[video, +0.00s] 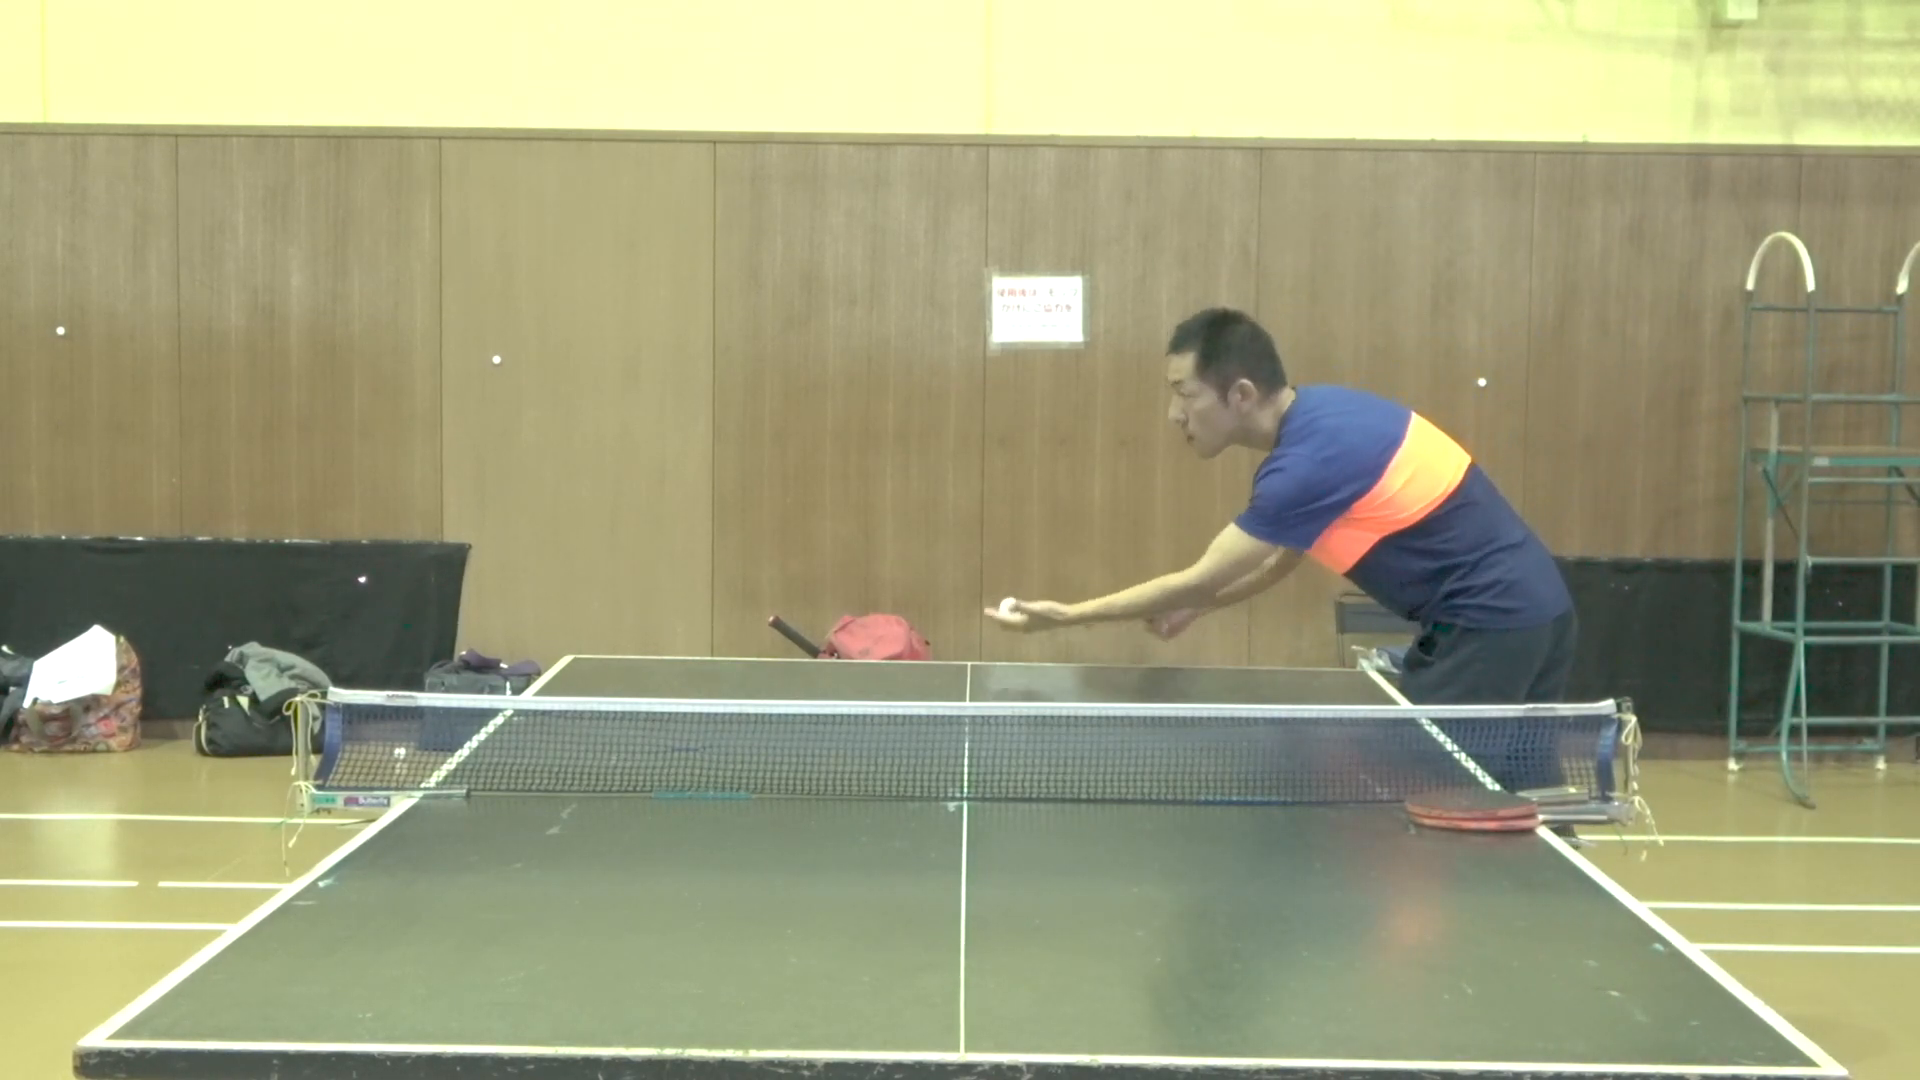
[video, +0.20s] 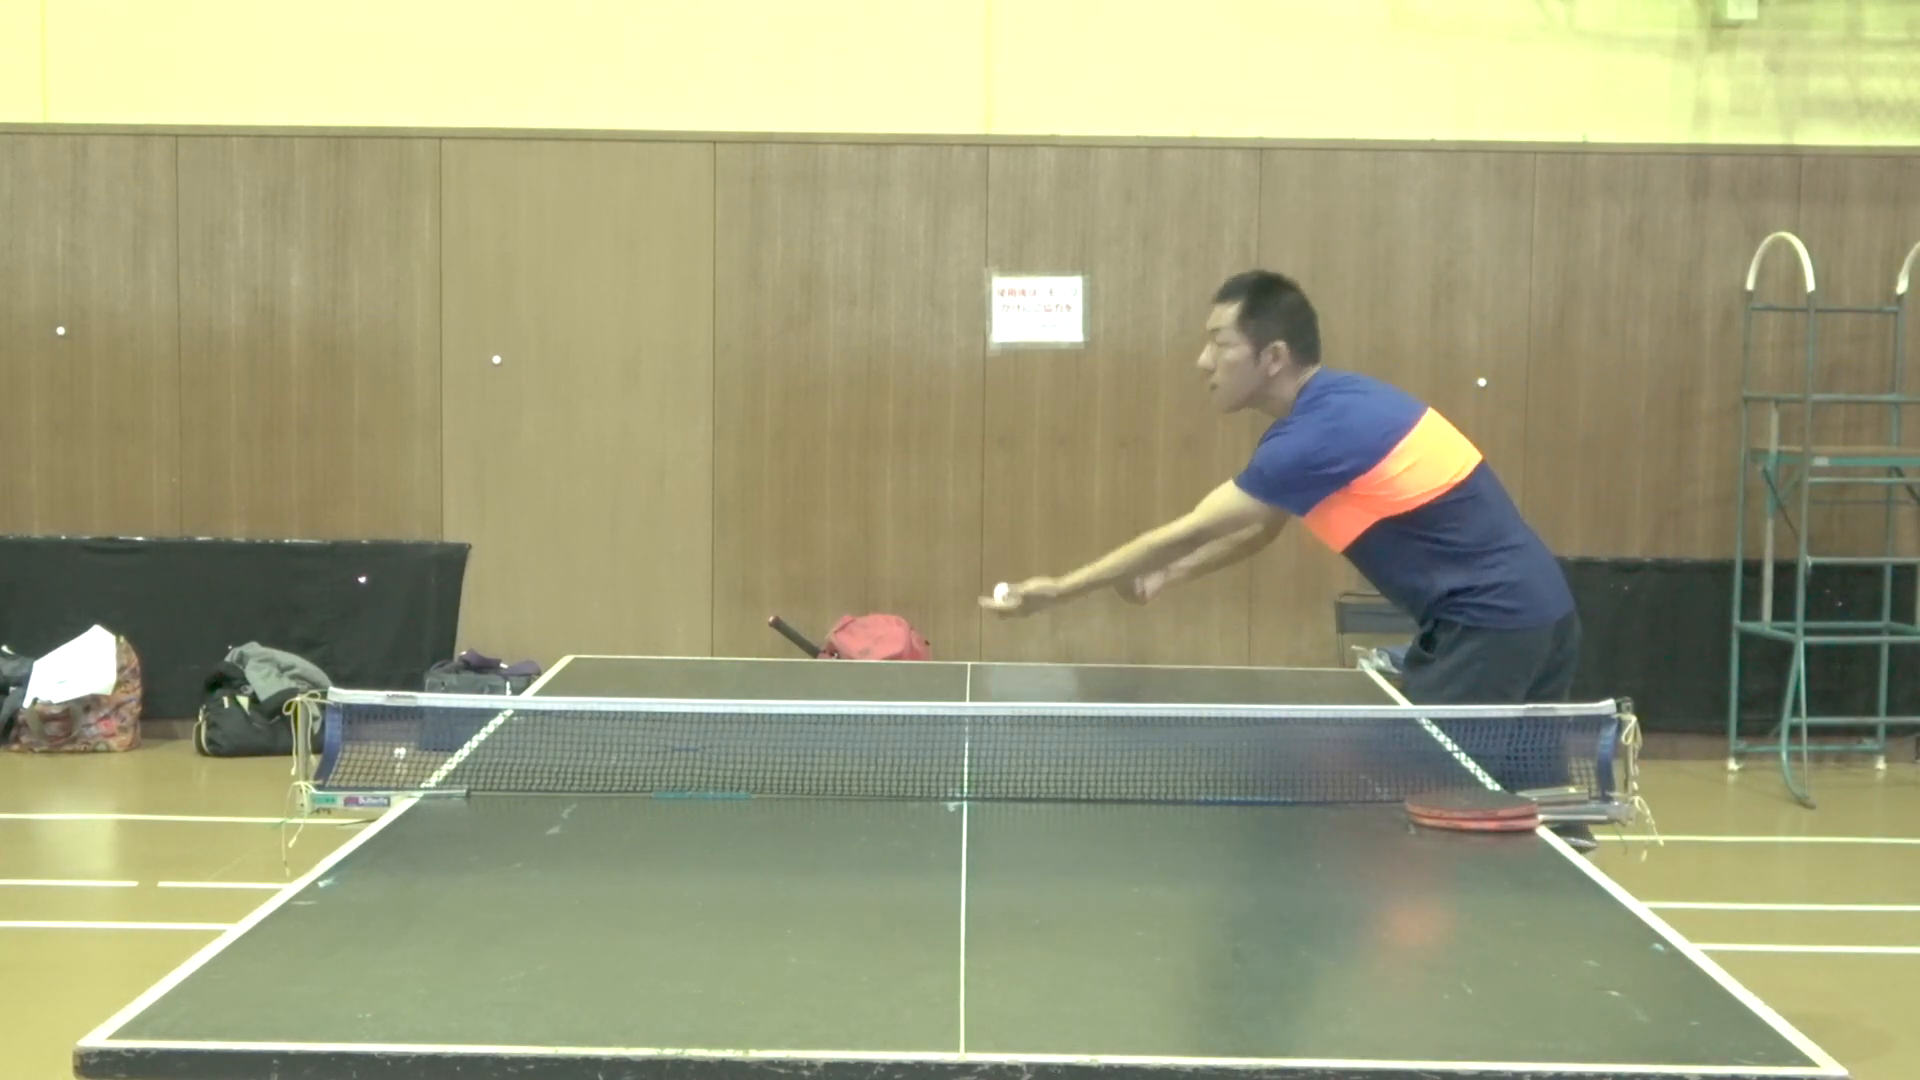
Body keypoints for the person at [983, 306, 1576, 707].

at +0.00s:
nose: (1174, 413)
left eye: (1185, 394)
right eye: (1173, 395)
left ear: (1242, 393)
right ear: (1247, 391)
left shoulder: (1313, 456)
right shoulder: (1327, 414)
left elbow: (1203, 579)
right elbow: (1276, 560)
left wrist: (1070, 614)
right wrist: (1199, 604)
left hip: (1499, 625)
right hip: (1517, 609)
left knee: (1392, 780)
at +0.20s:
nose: (1203, 360)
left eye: (1218, 344)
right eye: (1206, 342)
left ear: (1276, 356)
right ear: (1280, 358)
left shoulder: (1312, 433)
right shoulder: (1346, 402)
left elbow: (1193, 532)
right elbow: (1262, 527)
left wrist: (1061, 587)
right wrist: (1172, 572)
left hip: (1494, 624)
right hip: (1532, 614)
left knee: (1385, 780)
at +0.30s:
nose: (1237, 326)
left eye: (1255, 310)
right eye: (1243, 309)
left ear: (1309, 328)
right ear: (1313, 329)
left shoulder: (1334, 404)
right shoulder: (1362, 390)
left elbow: (1190, 468)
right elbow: (1247, 486)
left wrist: (1043, 495)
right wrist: (1155, 504)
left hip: (1497, 633)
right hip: (1525, 624)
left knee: (1351, 786)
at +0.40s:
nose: (1277, 301)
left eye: (1297, 287)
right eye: (1283, 284)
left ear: (1348, 309)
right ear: (1350, 312)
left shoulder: (1356, 375)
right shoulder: (1397, 371)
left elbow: (1203, 385)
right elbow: (1258, 432)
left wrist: (1076, 365)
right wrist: (1153, 394)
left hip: (1495, 634)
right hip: (1545, 629)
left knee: (1368, 788)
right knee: (1519, 815)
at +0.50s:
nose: (1319, 280)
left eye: (1341, 266)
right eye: (1328, 264)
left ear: (1390, 289)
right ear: (1392, 293)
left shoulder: (1393, 351)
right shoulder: (1423, 360)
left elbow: (1237, 324)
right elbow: (1288, 403)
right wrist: (1200, 329)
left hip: (1508, 628)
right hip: (1549, 626)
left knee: (1408, 802)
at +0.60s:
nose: (1358, 268)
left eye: (1381, 253)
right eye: (1368, 252)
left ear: (1429, 280)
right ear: (1436, 288)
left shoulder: (1432, 338)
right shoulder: (1475, 360)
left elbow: (1275, 314)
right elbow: (1332, 411)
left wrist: (1166, 251)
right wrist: (1256, 329)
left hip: (1514, 634)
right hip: (1567, 636)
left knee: (1411, 812)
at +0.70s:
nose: (1387, 264)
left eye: (1409, 251)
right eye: (1397, 248)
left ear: (1454, 280)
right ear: (1458, 285)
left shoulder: (1453, 341)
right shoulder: (1504, 361)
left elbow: (1310, 334)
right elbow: (1394, 460)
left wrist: (1186, 284)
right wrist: (1318, 394)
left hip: (1526, 637)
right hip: (1580, 639)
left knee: (1420, 800)